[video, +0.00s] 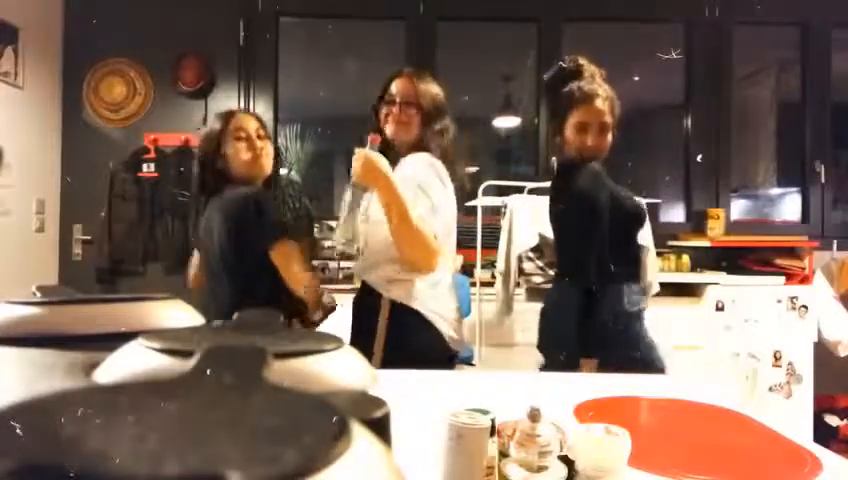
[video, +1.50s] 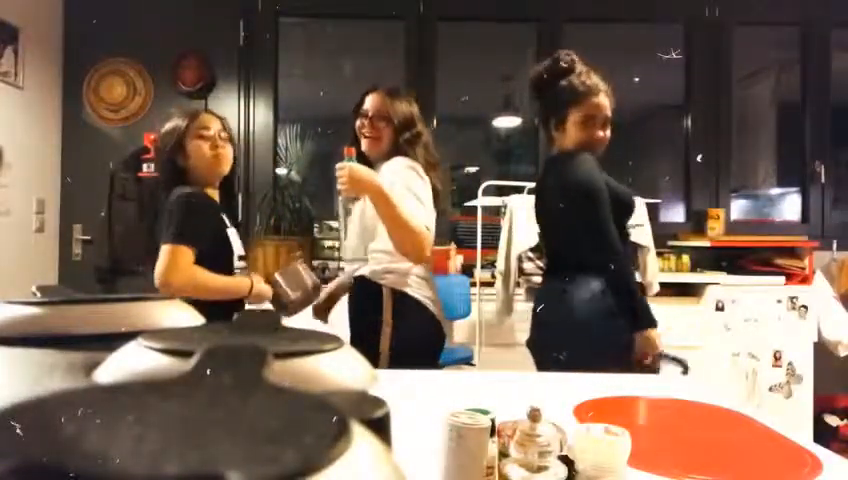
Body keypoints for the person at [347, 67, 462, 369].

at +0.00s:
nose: (395, 112)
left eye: (408, 105)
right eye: (389, 102)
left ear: (430, 117)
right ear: (379, 110)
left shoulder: (420, 168)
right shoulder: (402, 168)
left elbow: (423, 257)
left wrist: (383, 182)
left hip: (403, 313)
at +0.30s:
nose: (386, 107)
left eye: (400, 101)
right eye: (381, 99)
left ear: (423, 113)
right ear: (373, 105)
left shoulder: (412, 160)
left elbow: (416, 249)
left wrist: (378, 180)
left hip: (399, 314)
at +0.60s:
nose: (369, 124)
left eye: (382, 116)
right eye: (365, 115)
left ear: (407, 123)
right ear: (359, 121)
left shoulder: (400, 176)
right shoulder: (420, 181)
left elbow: (413, 261)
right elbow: (450, 262)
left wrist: (365, 197)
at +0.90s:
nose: (365, 121)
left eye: (378, 115)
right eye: (361, 113)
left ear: (404, 124)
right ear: (355, 117)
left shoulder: (395, 173)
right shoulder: (410, 175)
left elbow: (409, 256)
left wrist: (363, 191)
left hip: (389, 316)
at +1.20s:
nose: (374, 115)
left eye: (388, 109)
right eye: (370, 106)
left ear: (411, 119)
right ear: (362, 111)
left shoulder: (406, 165)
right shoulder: (389, 168)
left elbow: (420, 251)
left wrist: (376, 184)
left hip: (394, 305)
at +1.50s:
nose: (366, 124)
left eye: (380, 118)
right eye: (362, 116)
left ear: (403, 128)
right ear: (355, 121)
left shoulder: (400, 170)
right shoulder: (383, 174)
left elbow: (419, 250)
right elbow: (379, 256)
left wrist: (374, 188)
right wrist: (338, 288)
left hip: (394, 307)